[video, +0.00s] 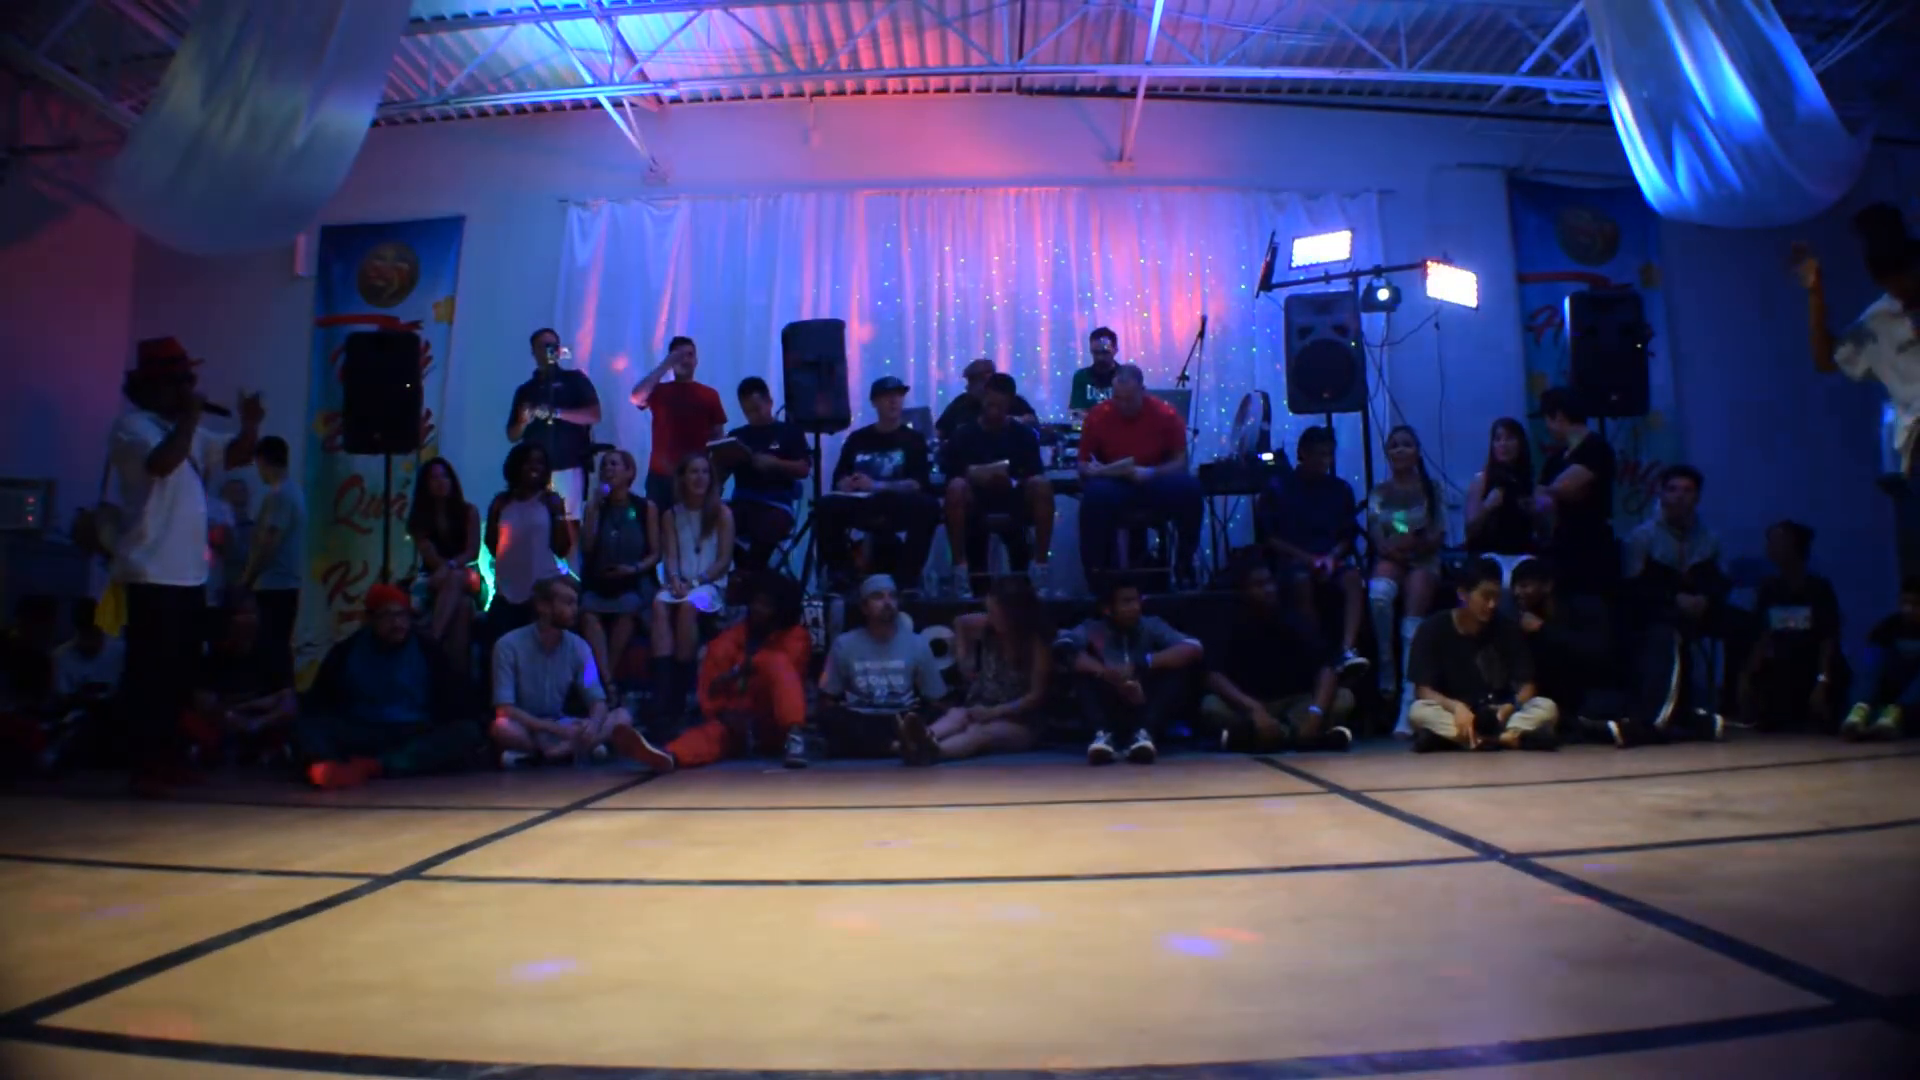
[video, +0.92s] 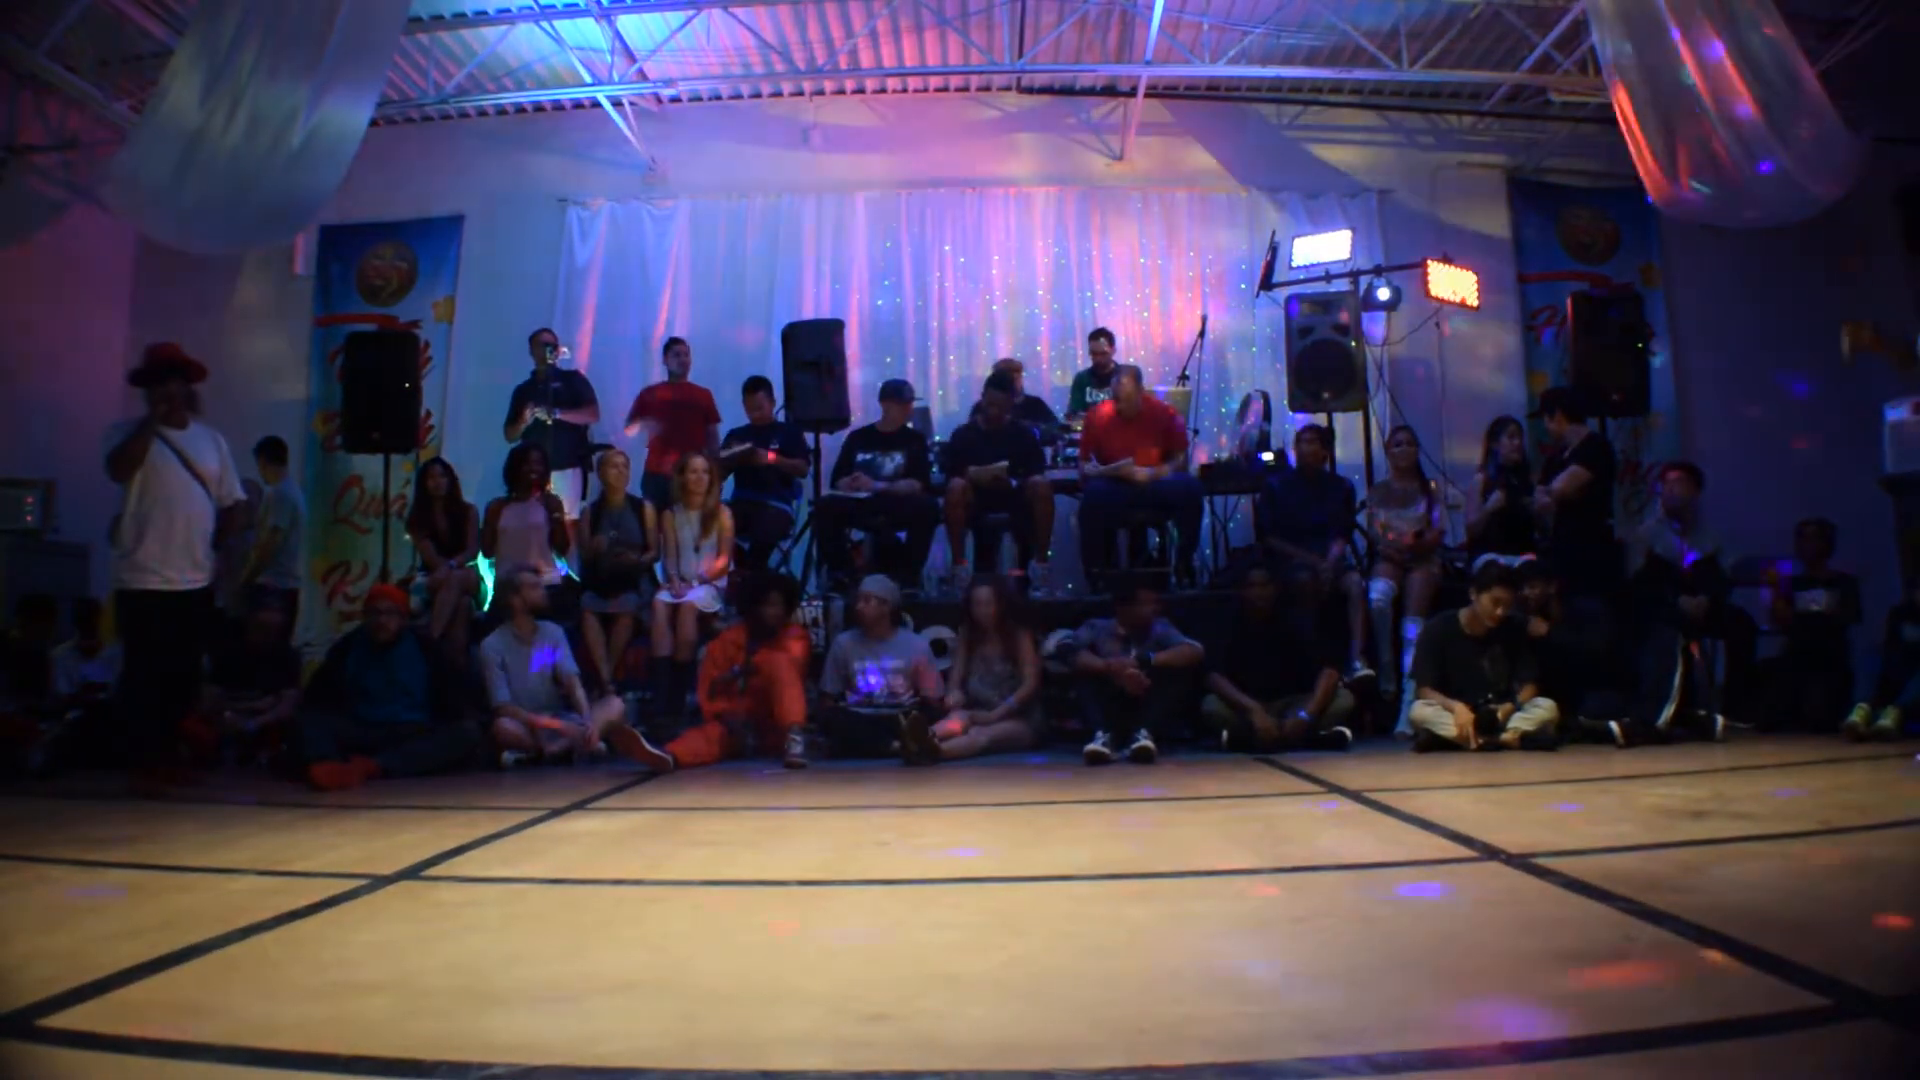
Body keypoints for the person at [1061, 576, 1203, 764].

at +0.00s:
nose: (1134, 608)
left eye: (1136, 601)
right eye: (1126, 602)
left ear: (1141, 603)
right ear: (1108, 609)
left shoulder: (1150, 627)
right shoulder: (1094, 630)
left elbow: (1193, 648)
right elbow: (1064, 649)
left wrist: (1142, 665)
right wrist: (1115, 678)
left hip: (1146, 701)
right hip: (1107, 701)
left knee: (1171, 673)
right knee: (1086, 676)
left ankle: (1144, 735)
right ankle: (1101, 735)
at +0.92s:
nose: (1151, 610)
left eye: (1154, 604)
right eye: (1144, 604)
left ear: (1157, 606)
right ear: (1124, 607)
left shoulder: (1158, 629)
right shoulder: (1098, 629)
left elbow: (1194, 651)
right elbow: (1067, 650)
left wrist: (1146, 661)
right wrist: (1114, 669)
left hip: (1148, 702)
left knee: (1173, 670)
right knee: (1088, 672)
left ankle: (1144, 733)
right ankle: (1101, 734)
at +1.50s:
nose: (1162, 608)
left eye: (1161, 602)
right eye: (1156, 602)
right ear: (1135, 608)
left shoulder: (1164, 630)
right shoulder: (1103, 629)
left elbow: (1194, 652)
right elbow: (1064, 648)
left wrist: (1142, 661)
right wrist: (1109, 667)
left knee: (1173, 670)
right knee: (1088, 674)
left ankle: (1144, 733)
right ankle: (1102, 735)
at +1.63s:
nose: (1158, 609)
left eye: (1159, 602)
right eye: (1152, 602)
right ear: (1131, 606)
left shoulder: (1162, 629)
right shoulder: (1102, 629)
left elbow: (1194, 652)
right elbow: (1064, 649)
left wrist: (1148, 659)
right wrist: (1108, 667)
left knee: (1174, 671)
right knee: (1087, 673)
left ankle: (1144, 734)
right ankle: (1102, 735)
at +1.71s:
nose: (1157, 609)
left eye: (1156, 603)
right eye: (1150, 603)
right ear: (1129, 607)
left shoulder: (1160, 629)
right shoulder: (1101, 629)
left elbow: (1194, 652)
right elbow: (1064, 649)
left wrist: (1142, 661)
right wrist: (1110, 668)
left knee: (1174, 671)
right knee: (1086, 672)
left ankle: (1144, 733)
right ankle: (1102, 735)